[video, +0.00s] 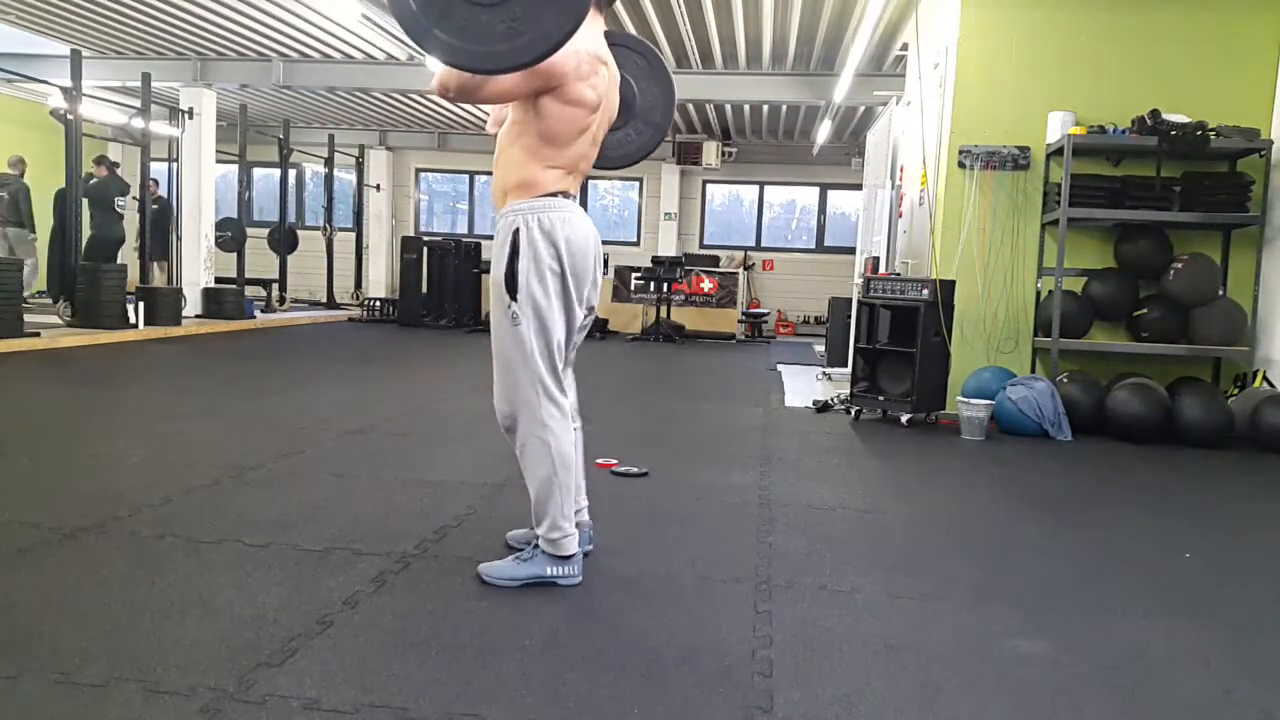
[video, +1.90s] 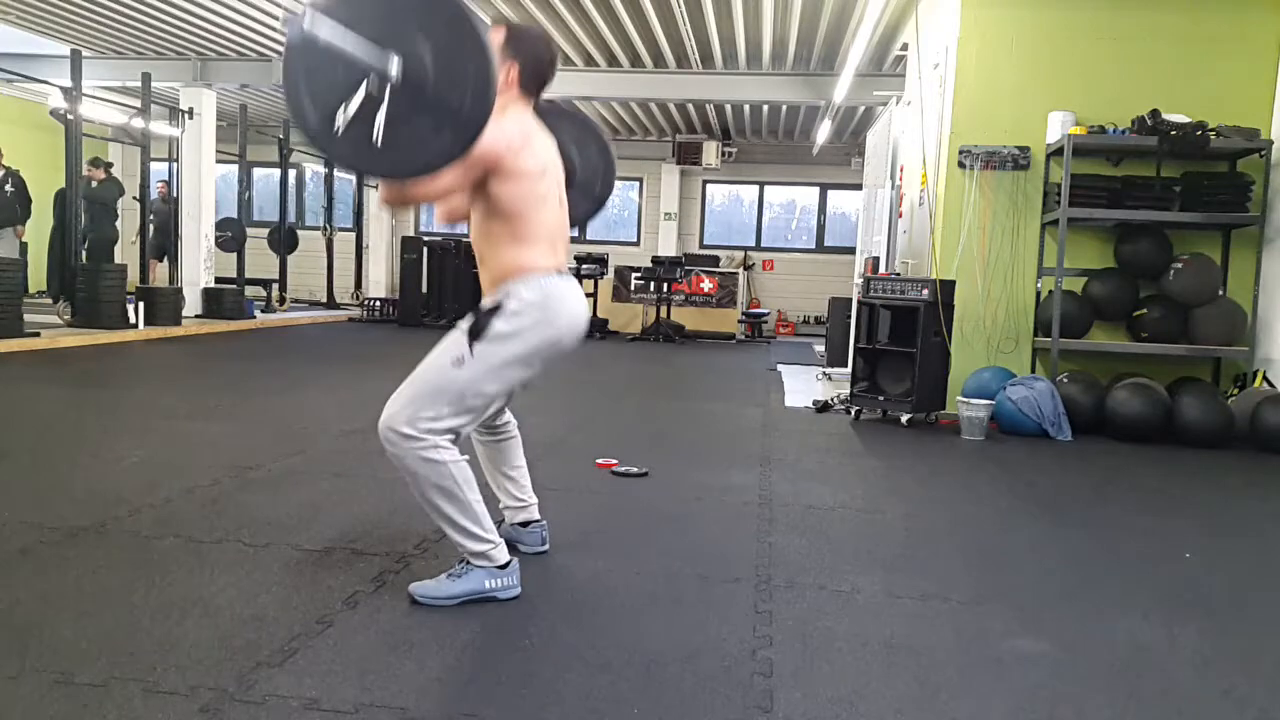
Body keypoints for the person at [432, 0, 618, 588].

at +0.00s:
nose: (540, 15)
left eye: (547, 7)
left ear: (571, 5)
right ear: (603, 11)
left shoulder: (562, 51)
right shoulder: (608, 75)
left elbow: (449, 84)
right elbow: (559, 144)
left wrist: (485, 25)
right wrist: (508, 121)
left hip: (533, 230)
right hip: (569, 226)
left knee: (532, 398)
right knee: (549, 389)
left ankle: (559, 550)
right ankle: (569, 522)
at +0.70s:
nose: (489, 21)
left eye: (497, 11)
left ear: (524, 8)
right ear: (559, 12)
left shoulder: (525, 62)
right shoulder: (565, 74)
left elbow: (416, 104)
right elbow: (467, 137)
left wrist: (440, 44)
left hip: (527, 247)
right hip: (562, 244)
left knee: (464, 399)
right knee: (514, 400)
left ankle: (492, 561)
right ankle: (527, 521)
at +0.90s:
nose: (481, 46)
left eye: (489, 34)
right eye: (482, 33)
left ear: (515, 41)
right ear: (539, 44)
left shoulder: (512, 103)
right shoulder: (549, 104)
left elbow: (409, 153)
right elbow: (474, 172)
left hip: (541, 284)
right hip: (571, 280)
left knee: (437, 408)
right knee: (504, 409)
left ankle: (490, 563)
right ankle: (527, 522)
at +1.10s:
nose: (471, 113)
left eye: (480, 102)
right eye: (475, 102)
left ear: (504, 110)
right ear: (525, 114)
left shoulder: (498, 171)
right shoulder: (540, 170)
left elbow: (439, 237)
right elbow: (457, 241)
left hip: (545, 342)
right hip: (580, 334)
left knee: (410, 424)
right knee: (484, 403)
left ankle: (488, 563)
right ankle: (525, 522)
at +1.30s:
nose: (456, 181)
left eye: (466, 171)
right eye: (459, 169)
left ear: (491, 182)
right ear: (503, 184)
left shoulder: (490, 241)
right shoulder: (531, 236)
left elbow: (427, 298)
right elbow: (444, 311)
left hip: (550, 404)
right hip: (585, 392)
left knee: (401, 433)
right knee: (461, 405)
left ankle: (488, 565)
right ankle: (522, 522)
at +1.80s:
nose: (463, 117)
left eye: (474, 107)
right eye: (468, 105)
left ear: (500, 121)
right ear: (511, 125)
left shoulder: (492, 176)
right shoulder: (529, 178)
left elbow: (401, 238)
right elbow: (448, 254)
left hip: (539, 344)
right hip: (575, 336)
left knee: (401, 429)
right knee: (477, 406)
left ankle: (487, 563)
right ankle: (522, 521)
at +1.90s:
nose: (474, 63)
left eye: (486, 53)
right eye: (479, 51)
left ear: (511, 72)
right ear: (522, 76)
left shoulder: (498, 132)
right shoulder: (537, 135)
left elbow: (398, 191)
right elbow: (451, 209)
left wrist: (395, 119)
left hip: (526, 305)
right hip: (559, 300)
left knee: (408, 426)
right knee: (485, 410)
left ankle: (490, 564)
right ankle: (525, 522)